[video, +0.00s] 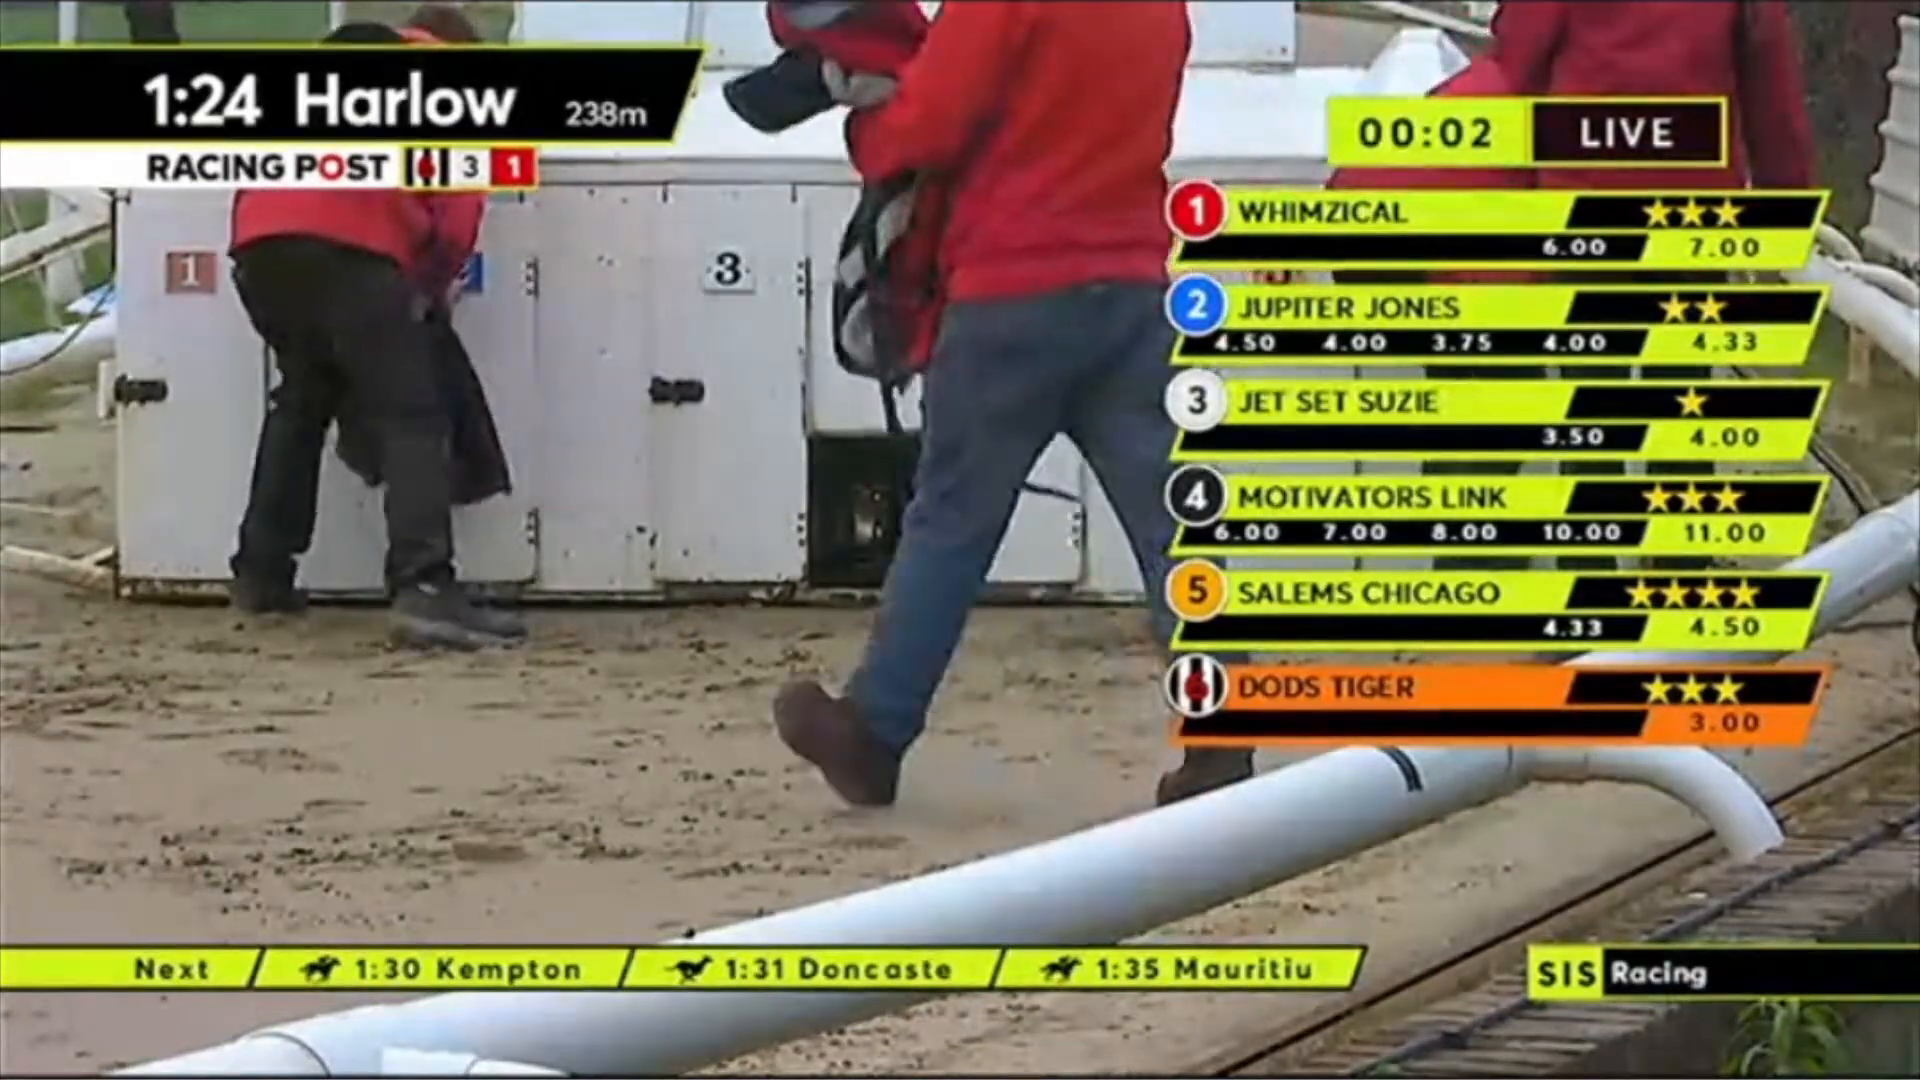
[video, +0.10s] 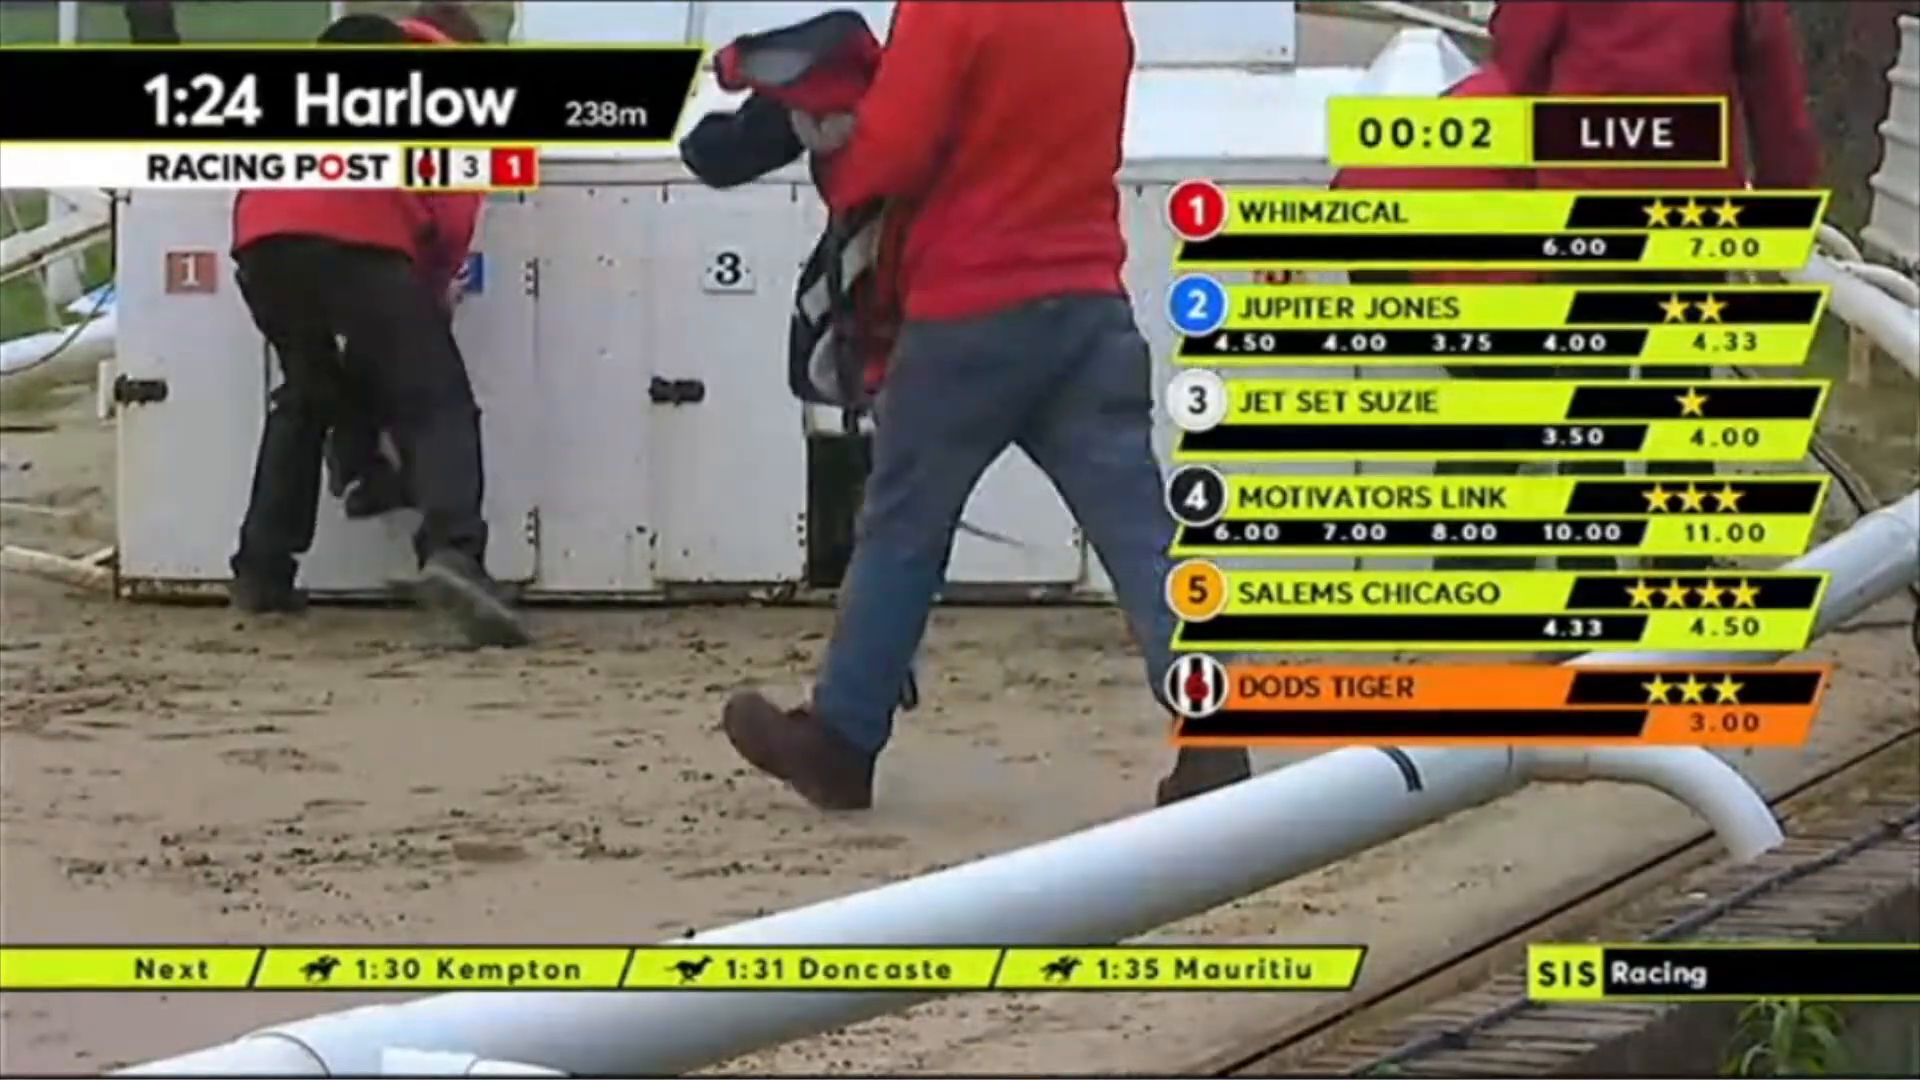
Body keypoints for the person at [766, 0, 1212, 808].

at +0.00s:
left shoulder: (1007, 4)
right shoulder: (1164, 10)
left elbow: (928, 123)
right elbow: (1135, 130)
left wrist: (868, 138)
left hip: (1015, 295)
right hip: (1134, 295)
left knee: (950, 525)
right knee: (1175, 534)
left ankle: (873, 734)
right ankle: (1221, 736)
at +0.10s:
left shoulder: (948, 8)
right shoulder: (1102, 13)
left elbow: (894, 153)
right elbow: (1069, 140)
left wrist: (836, 174)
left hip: (970, 313)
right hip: (1091, 308)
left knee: (904, 532)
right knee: (1142, 535)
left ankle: (841, 741)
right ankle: (1212, 727)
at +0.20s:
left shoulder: (840, 17)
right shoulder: (1000, 17)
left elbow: (829, 174)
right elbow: (977, 154)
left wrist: (770, 211)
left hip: (878, 315)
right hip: (997, 307)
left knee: (822, 528)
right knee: (1035, 512)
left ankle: (820, 749)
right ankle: (1166, 695)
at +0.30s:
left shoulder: (782, 14)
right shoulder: (945, 14)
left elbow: (773, 170)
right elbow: (922, 147)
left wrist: (714, 162)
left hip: (822, 309)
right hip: (939, 303)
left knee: (784, 531)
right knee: (938, 502)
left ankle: (816, 750)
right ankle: (1072, 640)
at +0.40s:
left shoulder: (712, 6)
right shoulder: (871, 11)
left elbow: (694, 141)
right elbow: (866, 131)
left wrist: (621, 143)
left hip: (752, 282)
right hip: (851, 277)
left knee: (760, 515)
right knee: (823, 484)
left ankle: (812, 743)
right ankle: (909, 675)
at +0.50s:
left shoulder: (661, 8)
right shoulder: (822, 15)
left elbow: (633, 136)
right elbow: (823, 132)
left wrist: (566, 140)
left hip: (707, 280)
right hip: (799, 275)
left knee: (743, 514)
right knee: (730, 505)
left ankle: (812, 740)